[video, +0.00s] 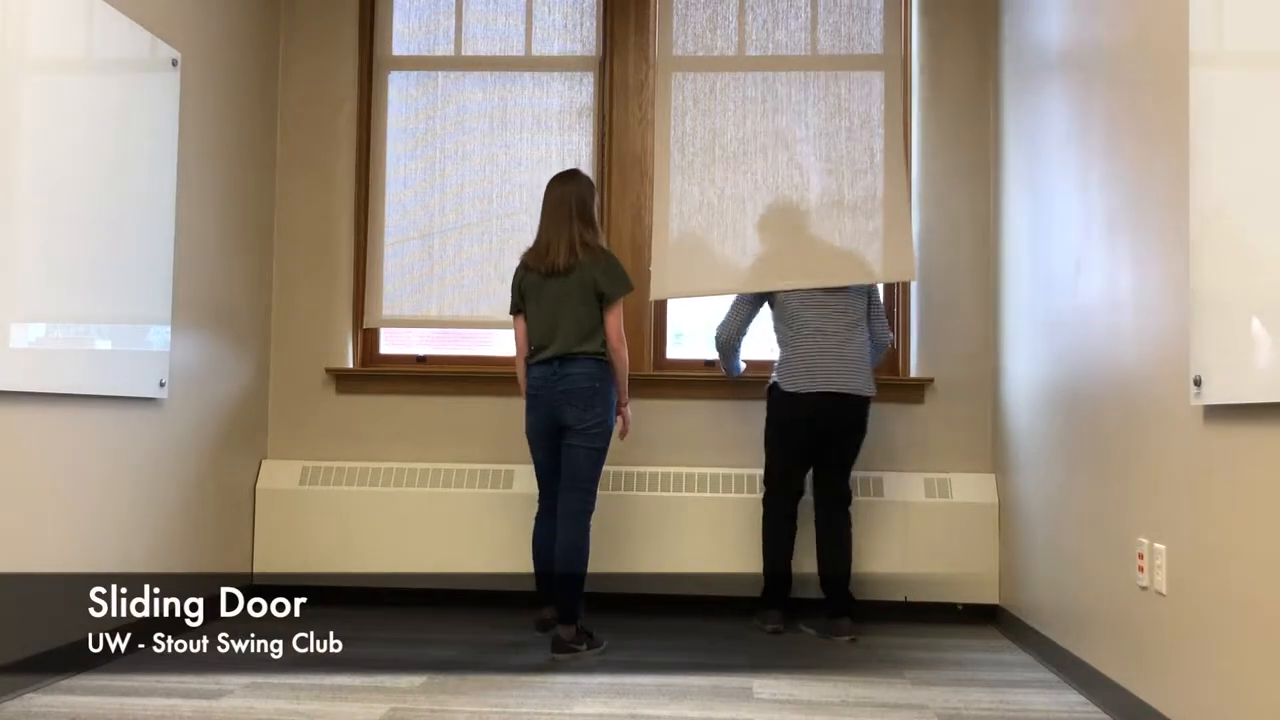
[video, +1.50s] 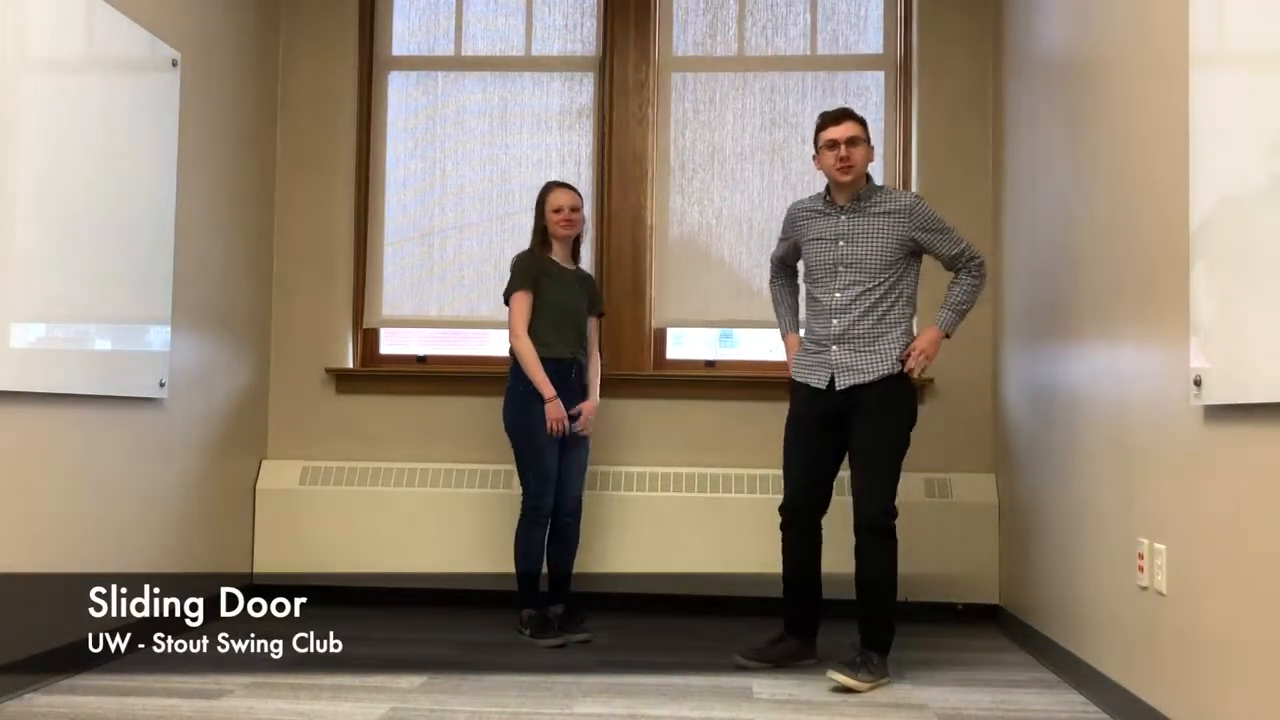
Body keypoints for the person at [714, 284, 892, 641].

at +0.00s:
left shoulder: (774, 266)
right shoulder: (859, 269)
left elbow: (727, 334)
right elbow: (883, 338)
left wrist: (733, 368)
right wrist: (852, 367)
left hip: (794, 395)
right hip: (850, 398)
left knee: (780, 499)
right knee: (834, 501)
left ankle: (774, 608)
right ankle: (839, 614)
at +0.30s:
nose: (733, 322)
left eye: (732, 312)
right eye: (727, 316)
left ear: (751, 297)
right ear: (759, 295)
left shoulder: (767, 315)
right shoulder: (808, 304)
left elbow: (758, 390)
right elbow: (896, 344)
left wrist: (737, 377)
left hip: (856, 391)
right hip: (897, 391)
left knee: (793, 498)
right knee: (844, 506)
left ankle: (831, 621)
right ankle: (842, 620)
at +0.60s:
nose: (735, 331)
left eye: (740, 318)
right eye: (728, 324)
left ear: (768, 309)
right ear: (729, 326)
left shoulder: (802, 337)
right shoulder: (798, 338)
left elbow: (820, 420)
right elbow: (846, 413)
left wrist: (807, 483)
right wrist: (813, 481)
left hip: (909, 413)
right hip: (879, 416)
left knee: (852, 508)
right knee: (822, 498)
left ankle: (868, 656)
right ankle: (838, 617)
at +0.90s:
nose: (801, 225)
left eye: (812, 215)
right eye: (791, 217)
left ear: (831, 222)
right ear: (778, 227)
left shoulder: (866, 261)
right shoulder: (791, 289)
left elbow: (950, 308)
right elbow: (817, 365)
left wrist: (923, 390)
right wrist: (826, 419)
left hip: (895, 405)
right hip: (842, 414)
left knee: (863, 515)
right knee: (814, 513)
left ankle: (870, 657)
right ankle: (832, 619)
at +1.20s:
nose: (840, 170)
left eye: (851, 160)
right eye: (829, 162)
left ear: (868, 168)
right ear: (814, 172)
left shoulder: (903, 219)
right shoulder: (804, 235)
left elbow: (982, 269)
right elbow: (802, 307)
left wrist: (953, 345)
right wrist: (801, 371)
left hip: (890, 388)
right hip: (827, 387)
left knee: (867, 515)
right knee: (795, 503)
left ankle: (873, 654)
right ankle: (824, 614)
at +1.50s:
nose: (843, 153)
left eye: (853, 143)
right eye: (832, 146)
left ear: (870, 152)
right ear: (817, 158)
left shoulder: (904, 211)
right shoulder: (803, 216)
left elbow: (972, 266)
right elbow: (782, 270)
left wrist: (940, 329)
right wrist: (790, 333)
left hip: (881, 385)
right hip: (814, 385)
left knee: (873, 515)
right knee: (798, 510)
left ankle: (873, 652)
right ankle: (798, 637)